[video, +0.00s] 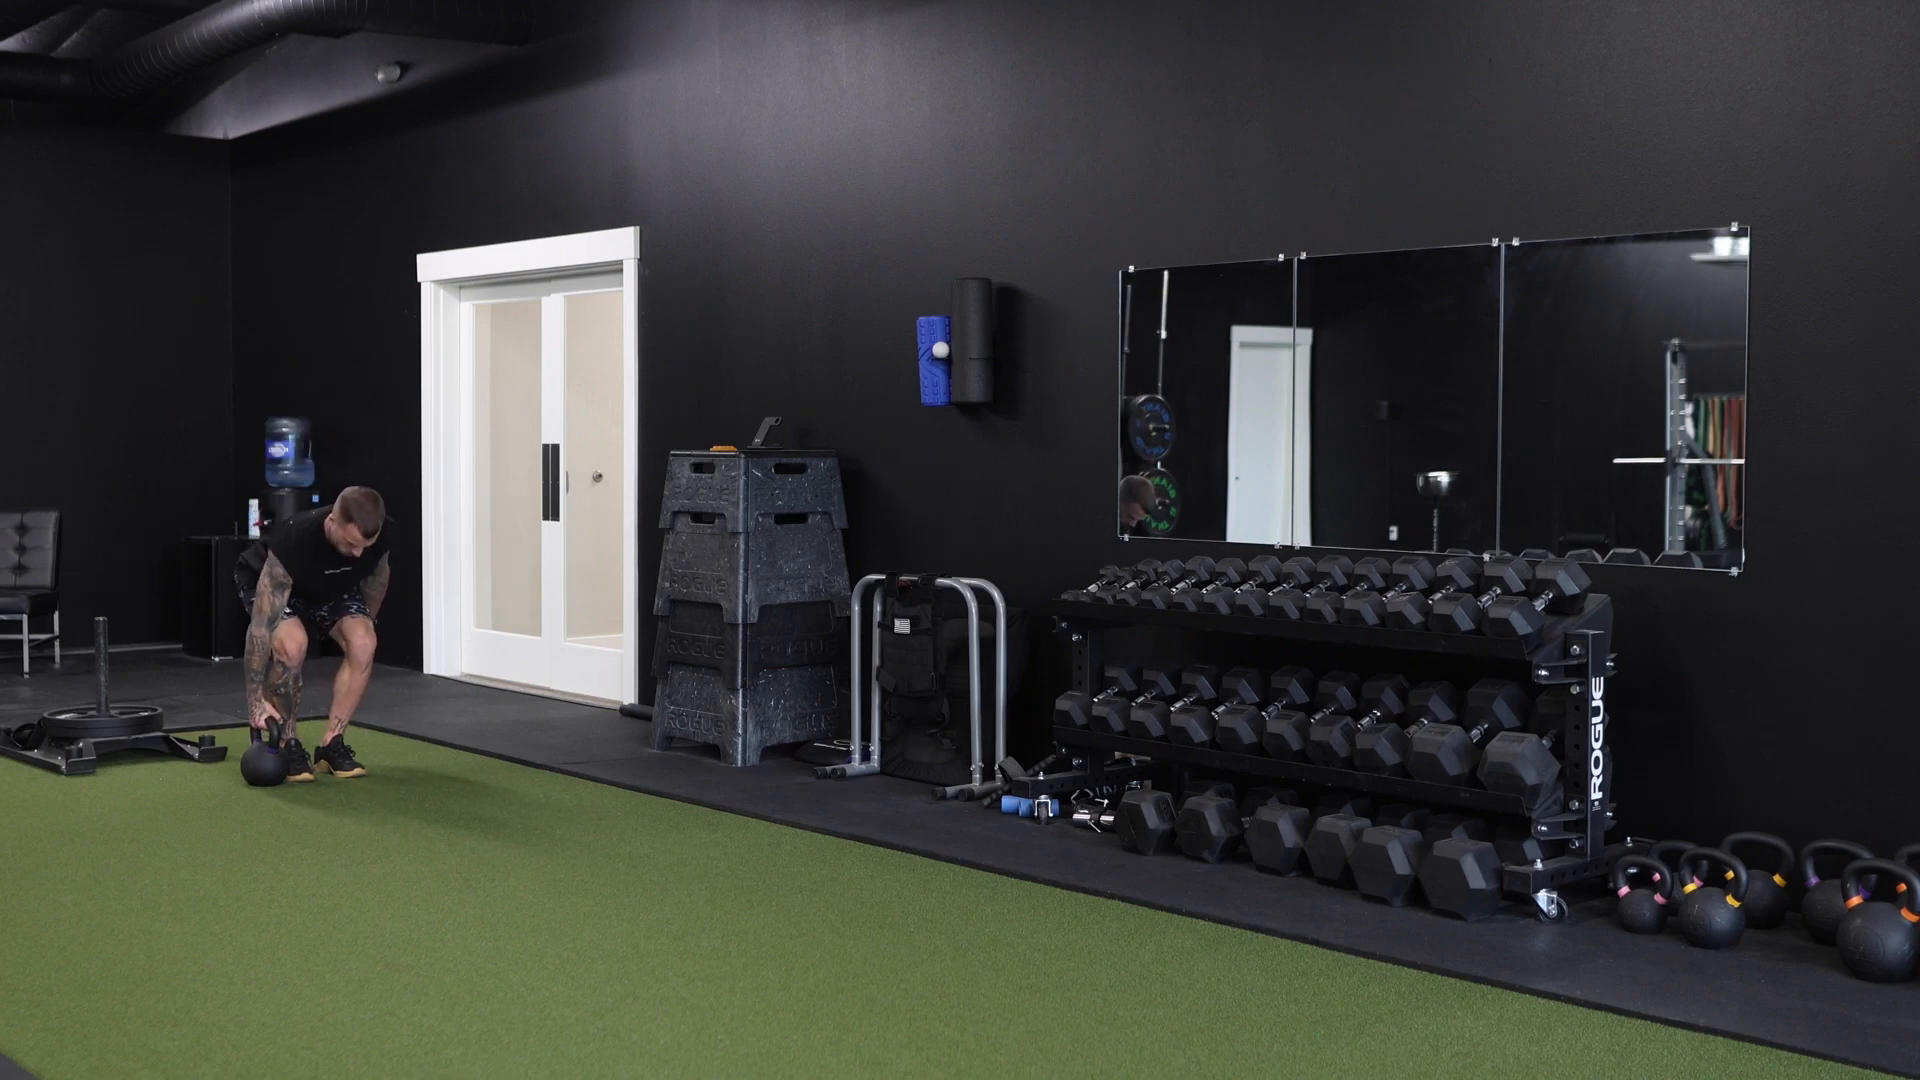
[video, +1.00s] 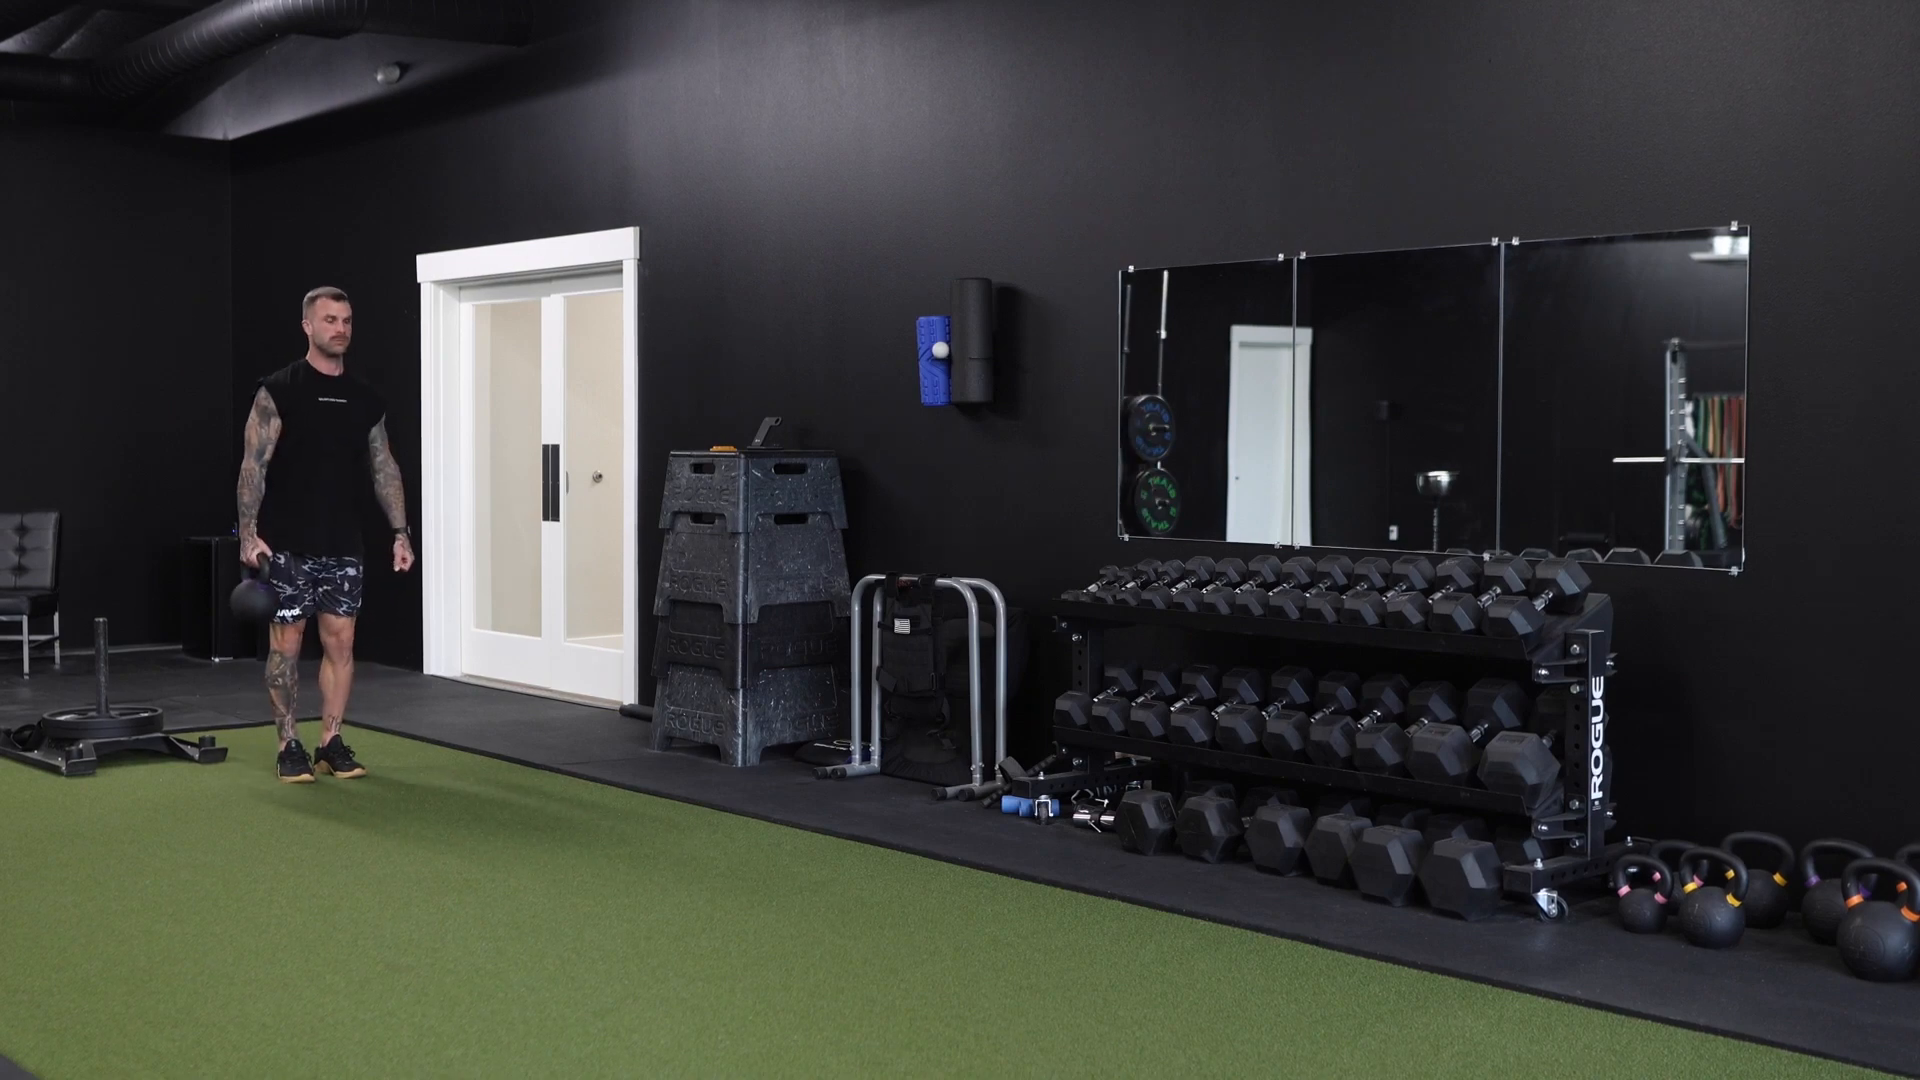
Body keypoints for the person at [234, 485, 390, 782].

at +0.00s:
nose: (357, 553)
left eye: (365, 546)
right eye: (350, 544)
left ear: (376, 533)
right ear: (332, 522)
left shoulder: (378, 536)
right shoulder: (293, 538)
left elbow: (377, 578)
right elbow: (260, 627)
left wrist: (363, 622)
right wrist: (255, 699)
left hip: (328, 587)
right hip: (272, 585)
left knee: (363, 643)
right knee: (292, 644)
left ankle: (332, 744)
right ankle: (288, 743)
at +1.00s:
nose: (340, 328)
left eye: (346, 321)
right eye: (330, 320)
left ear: (352, 328)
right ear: (307, 326)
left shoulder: (364, 397)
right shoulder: (278, 389)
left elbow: (385, 467)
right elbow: (254, 463)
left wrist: (400, 531)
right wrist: (248, 531)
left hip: (346, 541)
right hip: (287, 540)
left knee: (340, 640)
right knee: (287, 643)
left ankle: (331, 741)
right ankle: (288, 744)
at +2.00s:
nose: (419, 329)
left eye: (425, 321)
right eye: (408, 319)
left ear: (429, 329)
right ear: (383, 324)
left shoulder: (439, 401)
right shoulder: (347, 388)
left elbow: (483, 457)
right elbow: (316, 464)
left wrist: (530, 509)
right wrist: (303, 532)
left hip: (409, 545)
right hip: (351, 539)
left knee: (391, 650)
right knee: (384, 632)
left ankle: (362, 760)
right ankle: (380, 752)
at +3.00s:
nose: (528, 315)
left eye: (533, 307)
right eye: (516, 306)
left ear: (538, 315)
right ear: (488, 312)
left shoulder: (553, 393)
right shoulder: (454, 387)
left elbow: (601, 452)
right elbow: (427, 472)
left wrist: (653, 504)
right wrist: (415, 551)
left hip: (537, 560)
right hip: (471, 559)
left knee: (526, 676)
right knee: (475, 680)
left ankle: (511, 800)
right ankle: (424, 755)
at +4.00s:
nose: (680, 300)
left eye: (685, 291)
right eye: (667, 289)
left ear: (689, 299)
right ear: (634, 295)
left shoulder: (694, 383)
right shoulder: (596, 375)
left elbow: (746, 446)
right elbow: (563, 468)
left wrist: (808, 506)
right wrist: (557, 555)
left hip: (683, 569)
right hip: (611, 568)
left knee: (695, 692)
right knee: (607, 702)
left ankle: (695, 837)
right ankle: (599, 830)